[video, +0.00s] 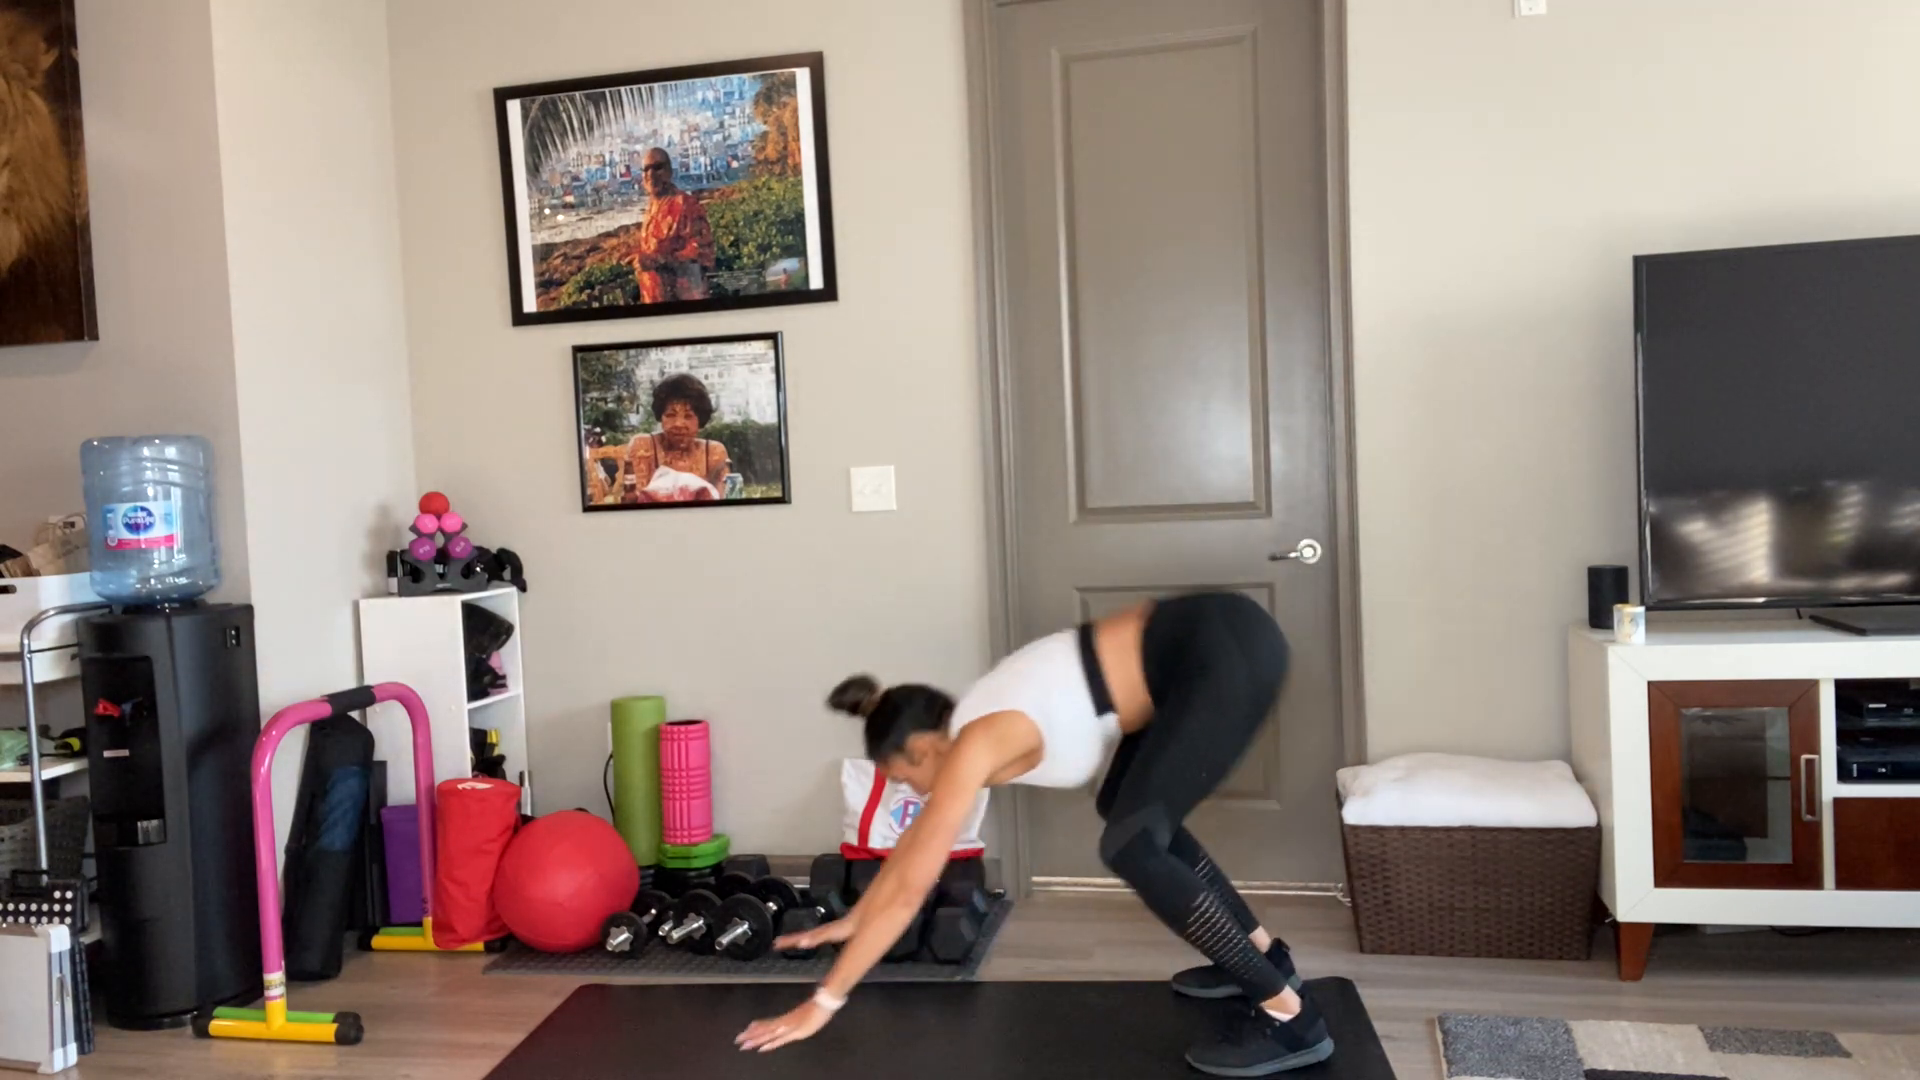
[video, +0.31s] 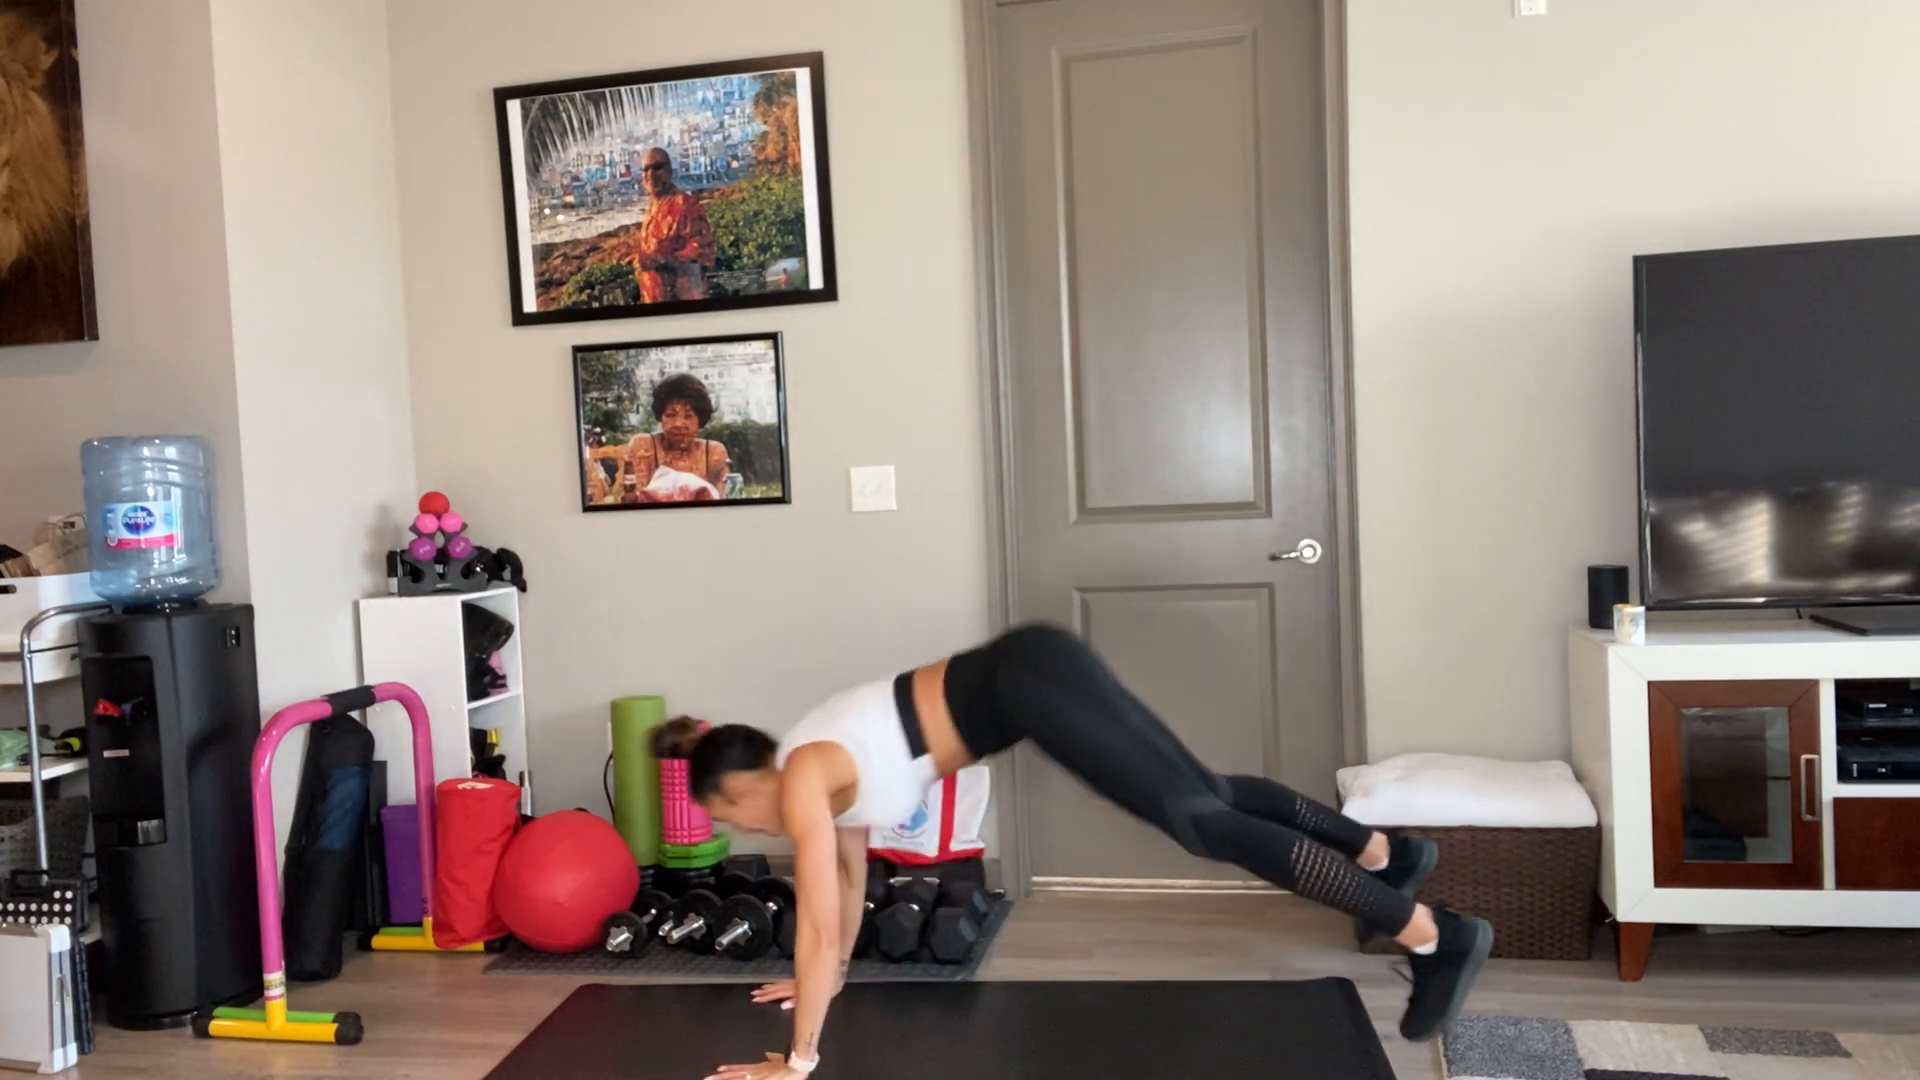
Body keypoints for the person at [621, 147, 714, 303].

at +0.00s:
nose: (650, 174)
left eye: (657, 167)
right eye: (646, 169)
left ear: (670, 172)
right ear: (642, 175)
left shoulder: (686, 205)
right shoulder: (653, 206)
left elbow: (703, 255)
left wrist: (655, 260)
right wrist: (639, 257)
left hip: (683, 297)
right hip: (655, 297)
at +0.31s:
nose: (650, 174)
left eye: (657, 167)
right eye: (646, 169)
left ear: (670, 172)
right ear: (642, 176)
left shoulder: (686, 204)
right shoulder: (653, 206)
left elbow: (703, 255)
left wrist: (656, 260)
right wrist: (639, 257)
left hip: (683, 297)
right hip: (655, 297)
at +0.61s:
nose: (650, 174)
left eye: (657, 167)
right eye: (646, 169)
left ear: (670, 172)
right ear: (642, 176)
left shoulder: (686, 204)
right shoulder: (653, 206)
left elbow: (702, 255)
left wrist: (655, 260)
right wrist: (638, 257)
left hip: (683, 297)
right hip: (655, 297)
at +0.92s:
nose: (651, 174)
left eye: (657, 167)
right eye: (646, 169)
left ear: (670, 172)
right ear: (642, 175)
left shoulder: (686, 205)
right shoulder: (653, 206)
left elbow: (702, 254)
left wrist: (654, 260)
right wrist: (638, 256)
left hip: (683, 297)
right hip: (655, 297)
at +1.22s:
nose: (650, 174)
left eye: (657, 167)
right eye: (646, 169)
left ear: (670, 172)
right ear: (642, 176)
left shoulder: (687, 205)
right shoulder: (653, 206)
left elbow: (703, 255)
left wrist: (655, 260)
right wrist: (638, 256)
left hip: (683, 297)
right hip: (655, 297)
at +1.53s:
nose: (650, 174)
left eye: (657, 167)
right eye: (646, 169)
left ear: (670, 172)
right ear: (642, 176)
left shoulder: (686, 205)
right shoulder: (653, 206)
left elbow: (703, 255)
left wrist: (655, 260)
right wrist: (638, 256)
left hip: (683, 297)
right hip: (655, 297)